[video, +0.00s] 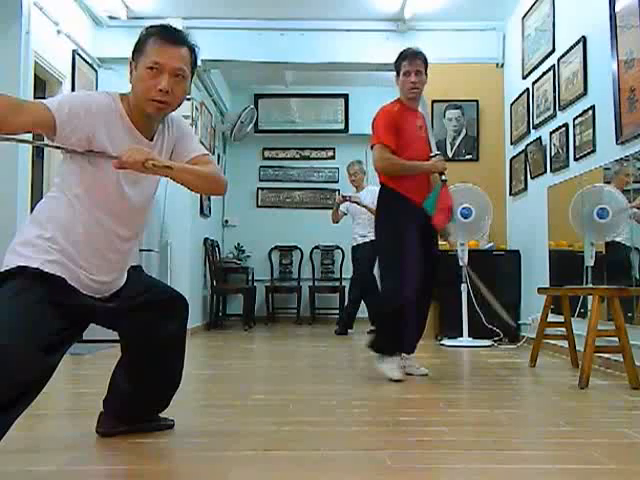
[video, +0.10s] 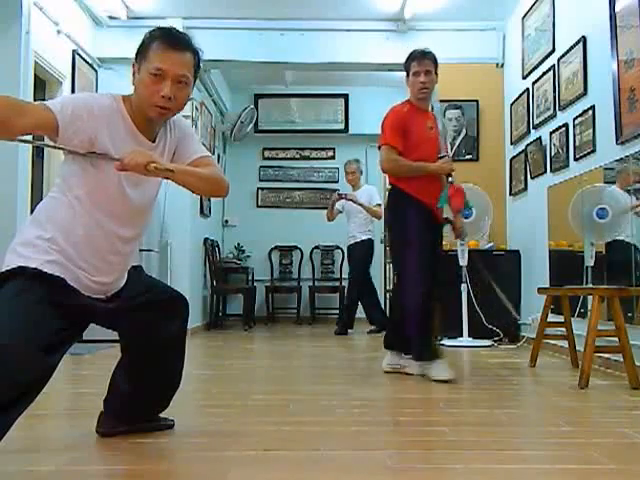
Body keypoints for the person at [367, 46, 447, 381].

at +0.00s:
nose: (414, 79)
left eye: (419, 73)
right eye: (407, 73)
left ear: (426, 78)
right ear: (397, 78)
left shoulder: (420, 118)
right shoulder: (388, 114)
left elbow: (420, 161)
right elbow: (383, 164)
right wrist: (427, 166)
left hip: (420, 205)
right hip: (396, 202)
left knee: (422, 279)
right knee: (401, 278)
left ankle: (405, 352)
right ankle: (386, 352)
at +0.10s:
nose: (422, 79)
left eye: (428, 73)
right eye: (416, 74)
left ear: (436, 78)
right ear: (407, 79)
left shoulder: (431, 119)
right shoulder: (398, 114)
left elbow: (435, 168)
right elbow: (388, 163)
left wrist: (452, 211)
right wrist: (432, 168)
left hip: (427, 204)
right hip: (406, 202)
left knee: (415, 278)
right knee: (417, 278)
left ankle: (396, 351)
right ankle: (425, 356)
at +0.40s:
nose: (452, 76)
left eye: (456, 69)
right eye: (444, 71)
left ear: (464, 73)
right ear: (435, 78)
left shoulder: (466, 115)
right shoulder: (429, 115)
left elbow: (475, 166)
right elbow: (421, 165)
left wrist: (487, 210)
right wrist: (471, 163)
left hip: (467, 203)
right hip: (441, 201)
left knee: (467, 275)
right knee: (453, 278)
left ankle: (421, 334)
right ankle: (467, 359)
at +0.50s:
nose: (460, 74)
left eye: (465, 67)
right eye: (453, 69)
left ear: (474, 72)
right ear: (444, 76)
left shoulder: (481, 115)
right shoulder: (437, 114)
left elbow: (488, 167)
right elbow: (432, 164)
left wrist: (499, 211)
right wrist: (482, 159)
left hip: (481, 206)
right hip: (452, 204)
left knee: (500, 275)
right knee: (460, 279)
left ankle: (452, 330)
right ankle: (467, 361)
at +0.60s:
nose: (468, 72)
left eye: (473, 65)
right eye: (461, 67)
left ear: (483, 70)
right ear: (453, 74)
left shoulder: (493, 114)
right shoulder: (445, 113)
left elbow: (499, 160)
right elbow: (439, 163)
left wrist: (512, 175)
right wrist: (488, 157)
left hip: (497, 207)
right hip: (462, 206)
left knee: (514, 273)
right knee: (462, 280)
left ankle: (490, 340)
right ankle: (466, 359)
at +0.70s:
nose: (477, 72)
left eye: (482, 65)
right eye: (469, 68)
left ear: (492, 69)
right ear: (462, 74)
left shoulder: (506, 113)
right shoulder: (454, 114)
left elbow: (516, 156)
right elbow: (446, 164)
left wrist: (520, 161)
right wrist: (495, 156)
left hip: (508, 208)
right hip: (468, 208)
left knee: (524, 275)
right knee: (464, 282)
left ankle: (528, 349)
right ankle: (468, 360)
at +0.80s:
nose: (485, 75)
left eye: (490, 67)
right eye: (479, 70)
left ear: (503, 70)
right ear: (472, 76)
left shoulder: (521, 113)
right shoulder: (464, 116)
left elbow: (534, 164)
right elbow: (453, 165)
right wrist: (500, 157)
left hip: (517, 209)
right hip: (477, 209)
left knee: (533, 284)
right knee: (468, 284)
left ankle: (552, 353)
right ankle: (468, 360)